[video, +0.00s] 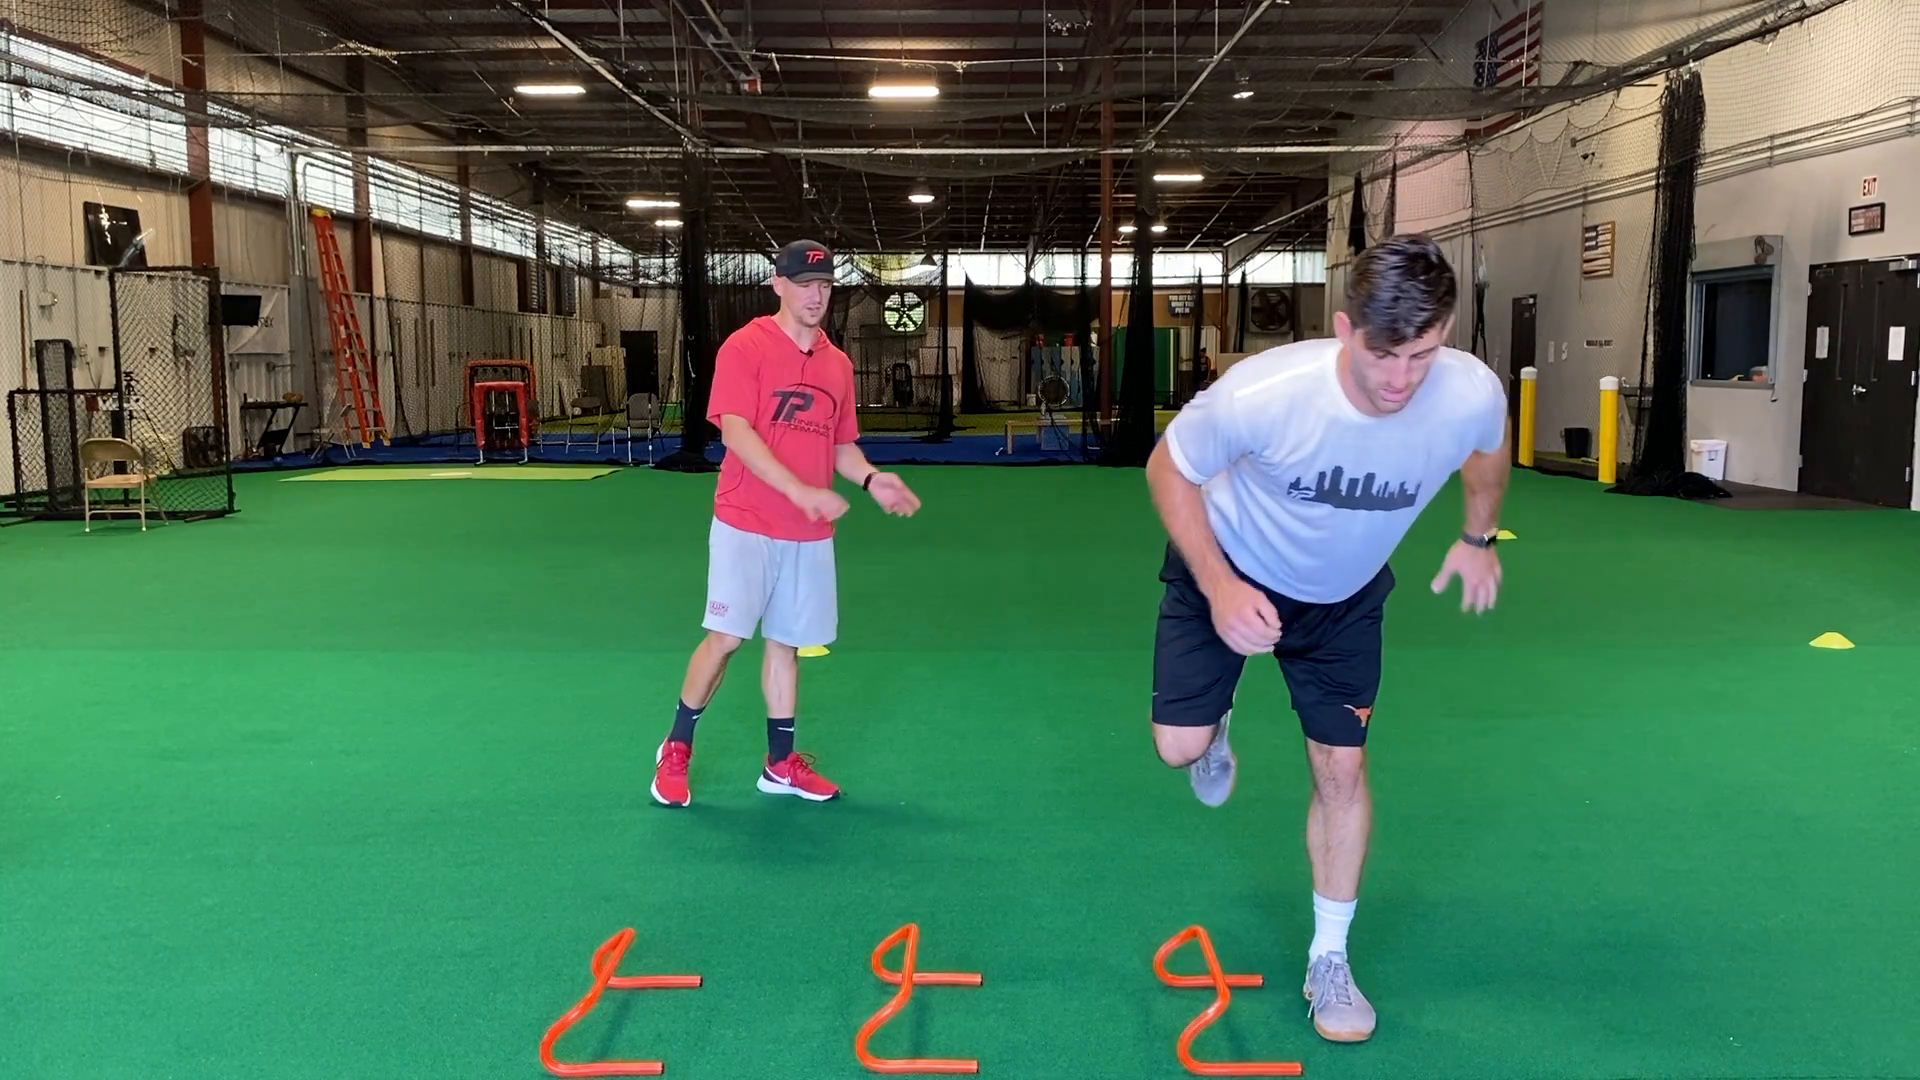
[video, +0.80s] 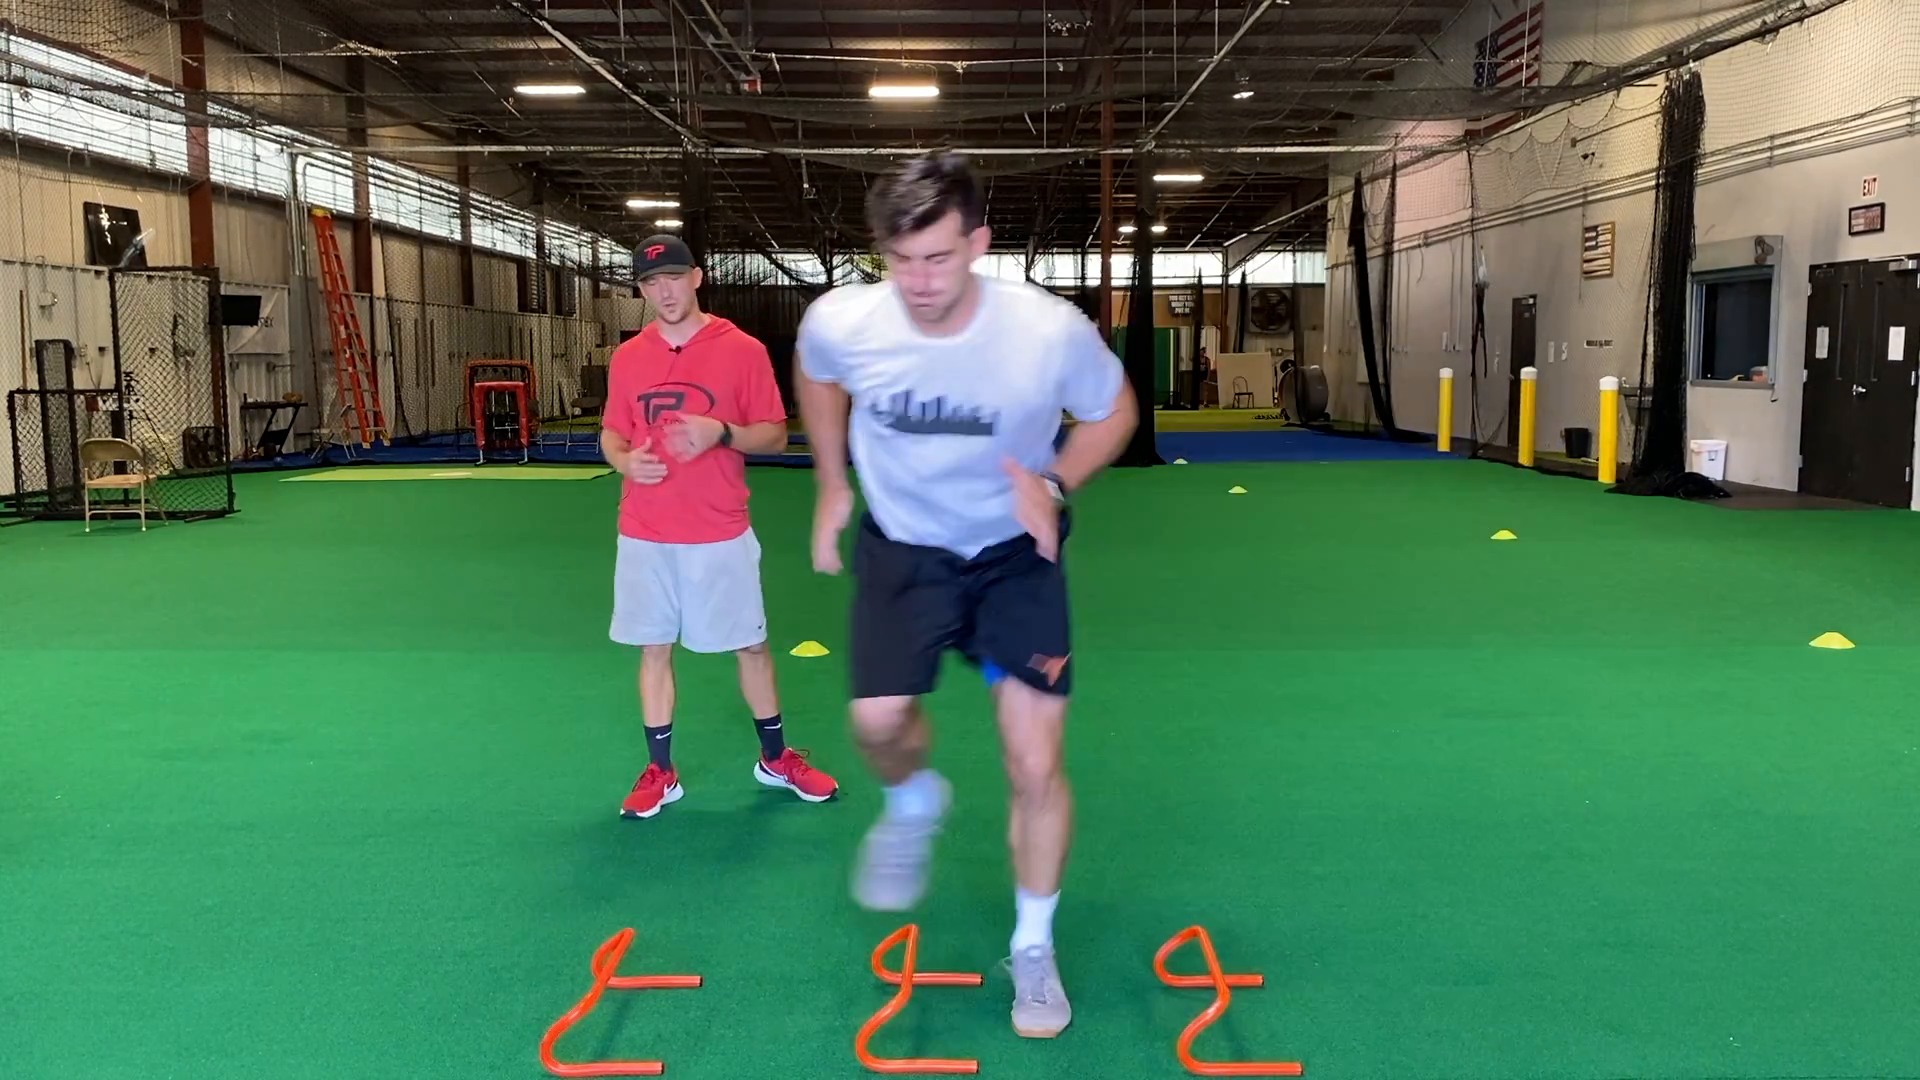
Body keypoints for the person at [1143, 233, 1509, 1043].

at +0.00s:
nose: (1400, 376)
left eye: (1421, 356)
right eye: (1383, 354)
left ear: (1442, 338)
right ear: (1344, 328)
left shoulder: (1471, 397)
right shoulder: (1262, 393)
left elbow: (1489, 456)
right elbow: (1167, 467)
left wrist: (1478, 535)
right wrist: (1218, 586)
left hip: (1345, 594)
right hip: (1223, 570)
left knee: (1341, 764)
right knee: (1179, 743)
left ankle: (1330, 957)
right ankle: (1208, 733)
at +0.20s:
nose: (1329, 367)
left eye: (1349, 348)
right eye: (1312, 345)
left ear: (1378, 326)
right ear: (1278, 320)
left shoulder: (1419, 394)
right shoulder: (1204, 383)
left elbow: (1445, 453)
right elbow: (1125, 453)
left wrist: (1421, 567)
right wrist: (1161, 588)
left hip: (1312, 594)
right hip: (1194, 578)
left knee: (1320, 766)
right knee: (1170, 749)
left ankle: (1328, 958)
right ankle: (1182, 762)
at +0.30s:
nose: (1278, 362)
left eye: (1298, 341)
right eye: (1260, 339)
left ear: (1329, 319)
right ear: (1227, 316)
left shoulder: (1376, 406)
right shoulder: (1160, 377)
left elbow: (1399, 493)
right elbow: (1092, 432)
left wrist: (1361, 618)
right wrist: (1079, 562)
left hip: (1284, 591)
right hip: (1160, 576)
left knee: (1308, 772)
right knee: (1134, 749)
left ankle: (1324, 957)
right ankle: (1127, 803)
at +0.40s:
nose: (1207, 339)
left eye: (1225, 320)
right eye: (1189, 318)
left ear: (1258, 301)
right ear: (1159, 298)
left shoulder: (1313, 384)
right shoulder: (1102, 361)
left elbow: (1355, 469)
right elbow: (1038, 376)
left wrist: (1292, 528)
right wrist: (1030, 494)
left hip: (1253, 595)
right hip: (1126, 577)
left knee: (1292, 773)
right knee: (1080, 741)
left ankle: (1325, 958)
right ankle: (1067, 857)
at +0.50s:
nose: (1127, 305)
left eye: (1144, 285)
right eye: (1109, 286)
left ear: (1171, 269)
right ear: (1076, 270)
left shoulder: (1228, 331)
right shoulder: (1013, 347)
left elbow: (1294, 371)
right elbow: (981, 403)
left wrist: (1258, 493)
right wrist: (1007, 523)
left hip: (1200, 561)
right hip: (1074, 562)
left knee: (1261, 739)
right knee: (1047, 744)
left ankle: (1324, 915)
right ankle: (1030, 924)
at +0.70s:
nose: (982, 274)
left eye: (1000, 254)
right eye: (966, 256)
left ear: (1038, 240)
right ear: (944, 246)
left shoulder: (1099, 312)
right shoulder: (895, 321)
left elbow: (1184, 352)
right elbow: (872, 393)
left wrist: (1145, 490)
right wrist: (903, 513)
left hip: (1081, 537)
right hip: (962, 548)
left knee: (1113, 712)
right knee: (973, 737)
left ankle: (1097, 857)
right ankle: (1009, 901)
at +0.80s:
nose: (921, 278)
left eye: (939, 258)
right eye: (904, 259)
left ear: (979, 243)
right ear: (882, 254)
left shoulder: (1048, 329)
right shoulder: (839, 325)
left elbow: (1115, 409)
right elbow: (817, 376)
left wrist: (1056, 482)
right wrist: (832, 485)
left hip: (1017, 550)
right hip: (898, 547)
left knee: (1035, 763)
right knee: (877, 719)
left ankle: (1034, 946)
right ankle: (913, 802)